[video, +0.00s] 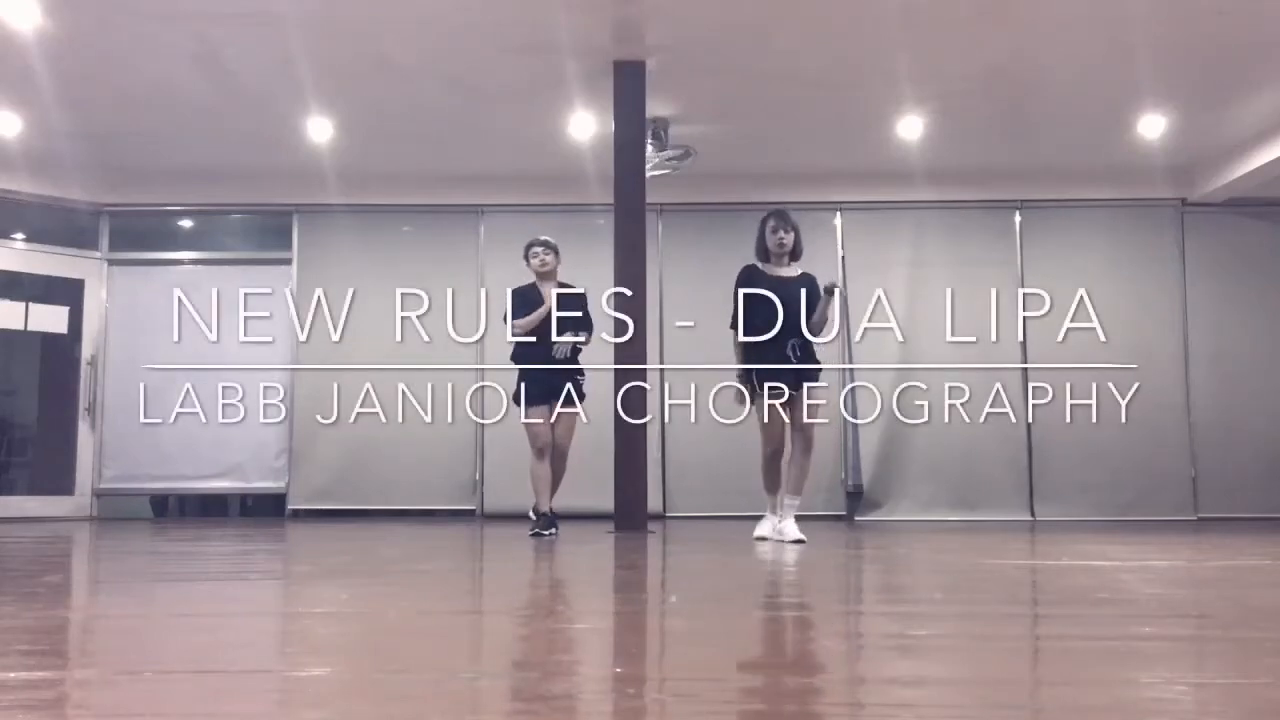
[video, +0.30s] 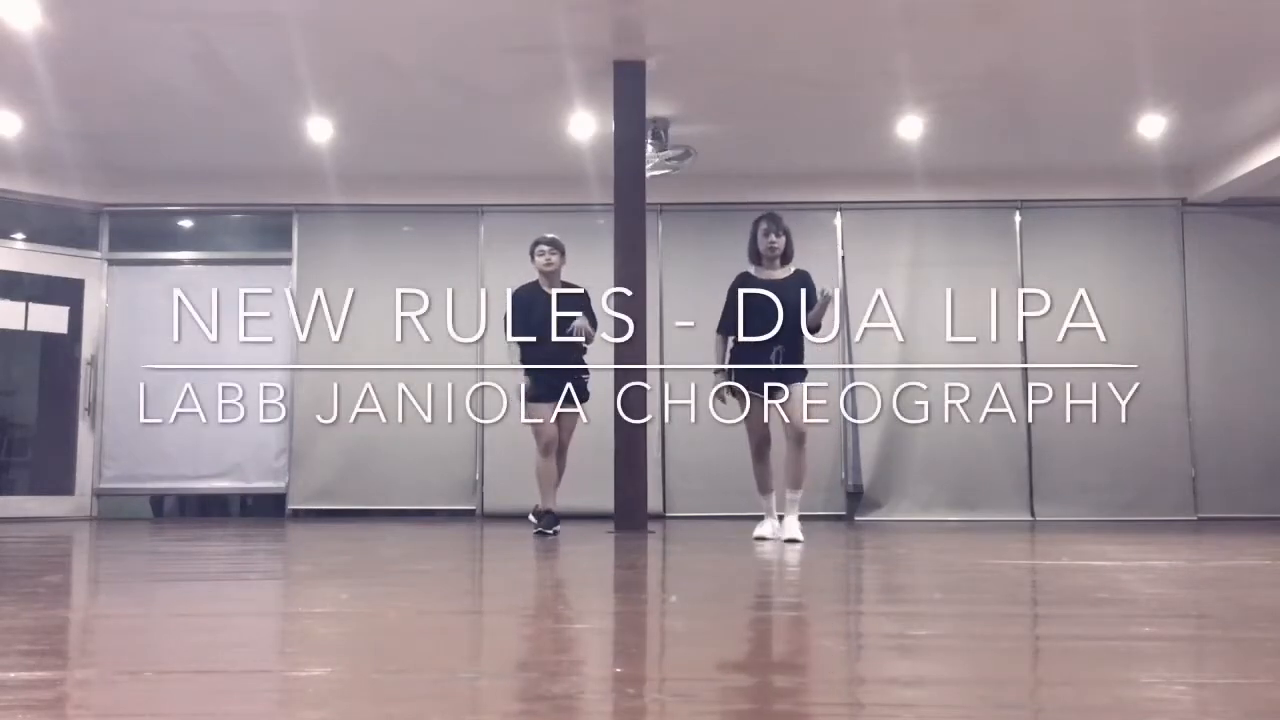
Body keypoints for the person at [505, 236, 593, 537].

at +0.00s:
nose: (541, 258)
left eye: (546, 253)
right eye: (535, 256)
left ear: (557, 259)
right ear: (528, 264)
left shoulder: (574, 294)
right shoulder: (520, 294)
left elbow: (587, 334)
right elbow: (516, 328)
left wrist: (573, 339)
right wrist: (547, 307)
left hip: (567, 377)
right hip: (533, 377)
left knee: (561, 447)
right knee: (541, 446)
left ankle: (542, 507)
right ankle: (543, 514)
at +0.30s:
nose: (547, 258)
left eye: (552, 253)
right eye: (541, 254)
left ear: (562, 259)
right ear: (533, 261)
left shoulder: (577, 294)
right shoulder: (521, 295)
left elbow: (590, 338)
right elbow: (516, 340)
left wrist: (584, 325)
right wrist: (526, 373)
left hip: (572, 377)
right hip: (538, 377)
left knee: (561, 447)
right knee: (547, 442)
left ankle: (543, 508)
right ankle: (548, 512)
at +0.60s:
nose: (548, 257)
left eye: (554, 253)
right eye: (542, 253)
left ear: (564, 258)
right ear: (535, 260)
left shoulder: (581, 293)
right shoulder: (522, 296)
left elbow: (593, 332)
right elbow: (509, 342)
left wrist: (592, 349)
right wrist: (501, 379)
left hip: (573, 380)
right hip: (537, 382)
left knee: (573, 448)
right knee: (550, 447)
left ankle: (549, 502)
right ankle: (556, 513)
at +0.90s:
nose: (546, 257)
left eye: (553, 253)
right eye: (541, 253)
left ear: (563, 259)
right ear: (532, 259)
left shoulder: (579, 292)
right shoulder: (520, 296)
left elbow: (590, 339)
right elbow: (519, 346)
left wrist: (588, 376)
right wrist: (515, 381)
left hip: (569, 375)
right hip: (534, 377)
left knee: (545, 431)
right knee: (547, 445)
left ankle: (551, 507)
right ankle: (554, 512)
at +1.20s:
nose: (544, 251)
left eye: (550, 247)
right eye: (538, 246)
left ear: (560, 253)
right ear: (529, 253)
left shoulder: (571, 291)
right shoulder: (513, 290)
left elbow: (578, 341)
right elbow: (508, 339)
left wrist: (581, 384)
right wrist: (496, 374)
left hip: (560, 374)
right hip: (523, 375)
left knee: (543, 444)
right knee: (541, 447)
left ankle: (526, 516)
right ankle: (557, 507)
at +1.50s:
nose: (542, 242)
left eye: (548, 237)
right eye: (536, 237)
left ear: (559, 243)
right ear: (526, 243)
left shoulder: (568, 285)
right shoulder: (508, 279)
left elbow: (576, 332)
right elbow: (493, 323)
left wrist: (578, 352)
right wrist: (481, 357)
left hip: (553, 370)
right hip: (515, 370)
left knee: (541, 447)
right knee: (520, 449)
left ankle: (527, 516)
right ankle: (540, 503)